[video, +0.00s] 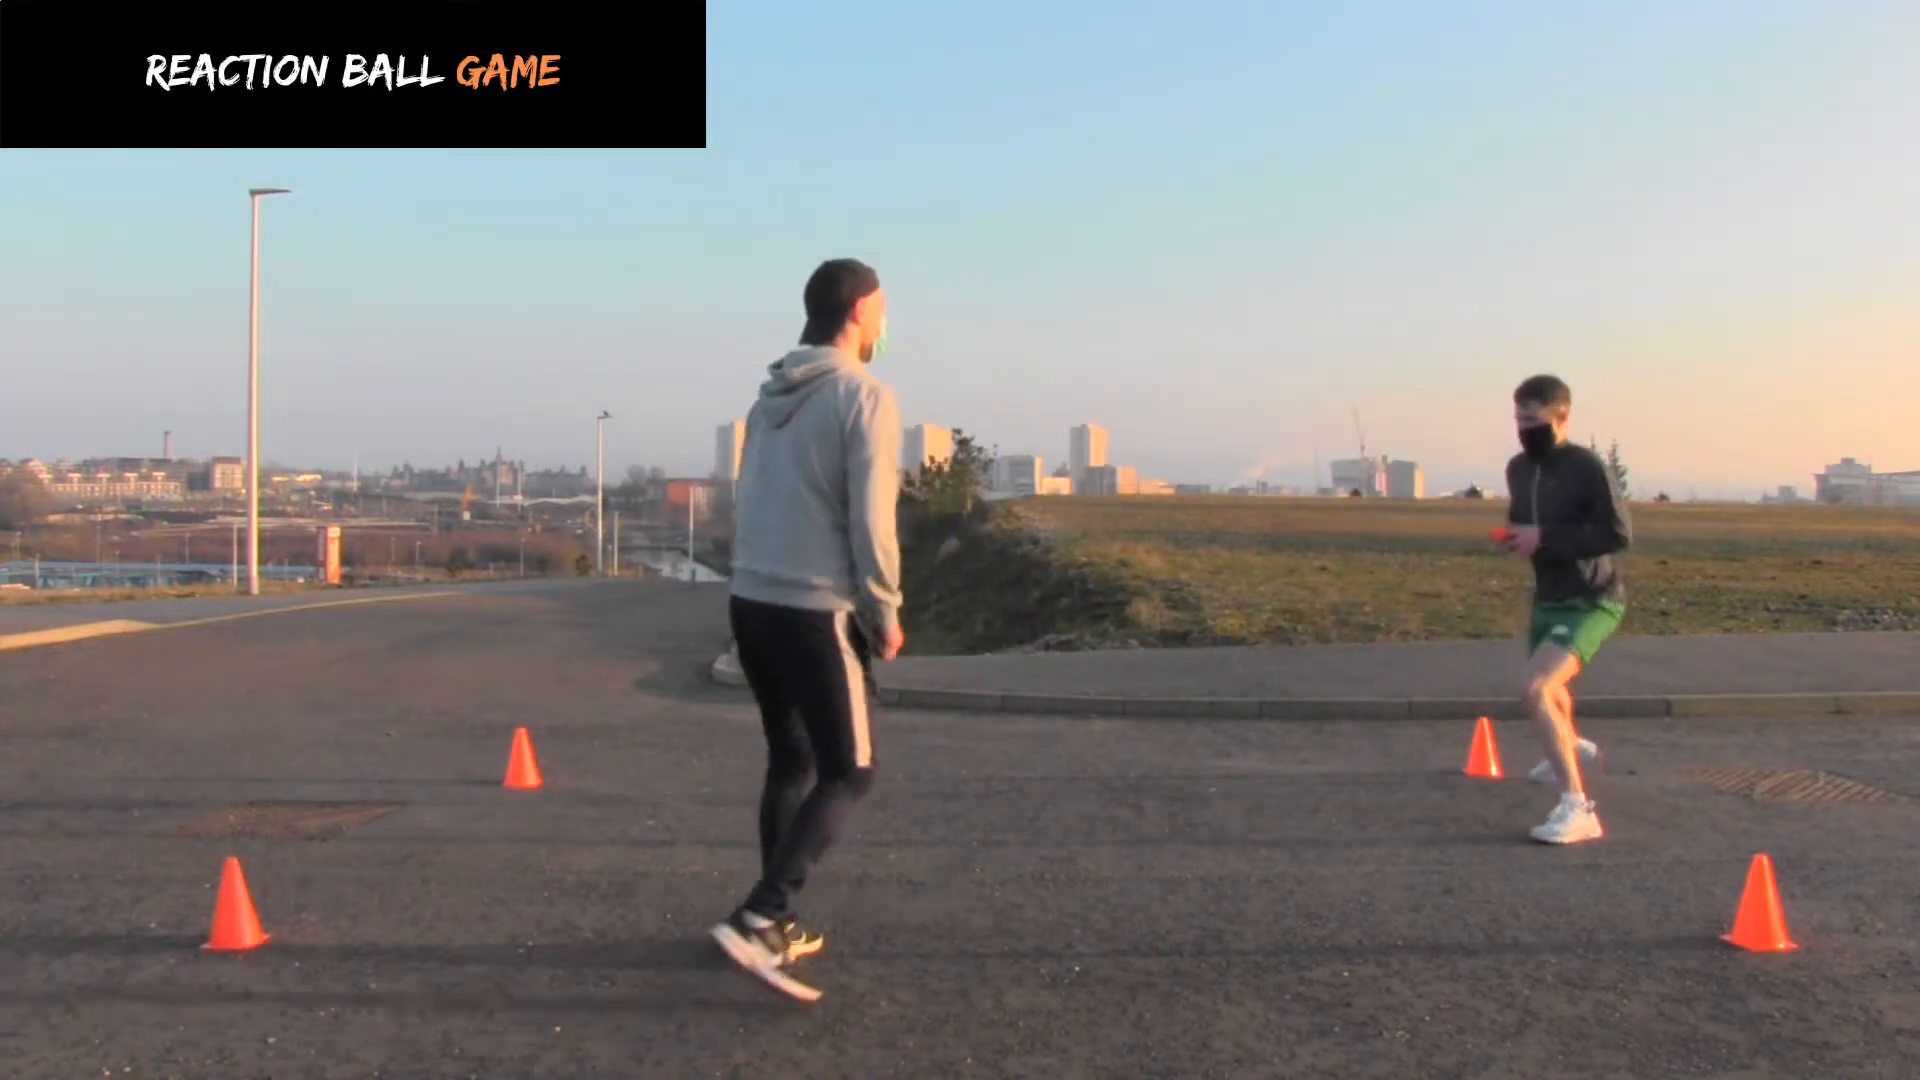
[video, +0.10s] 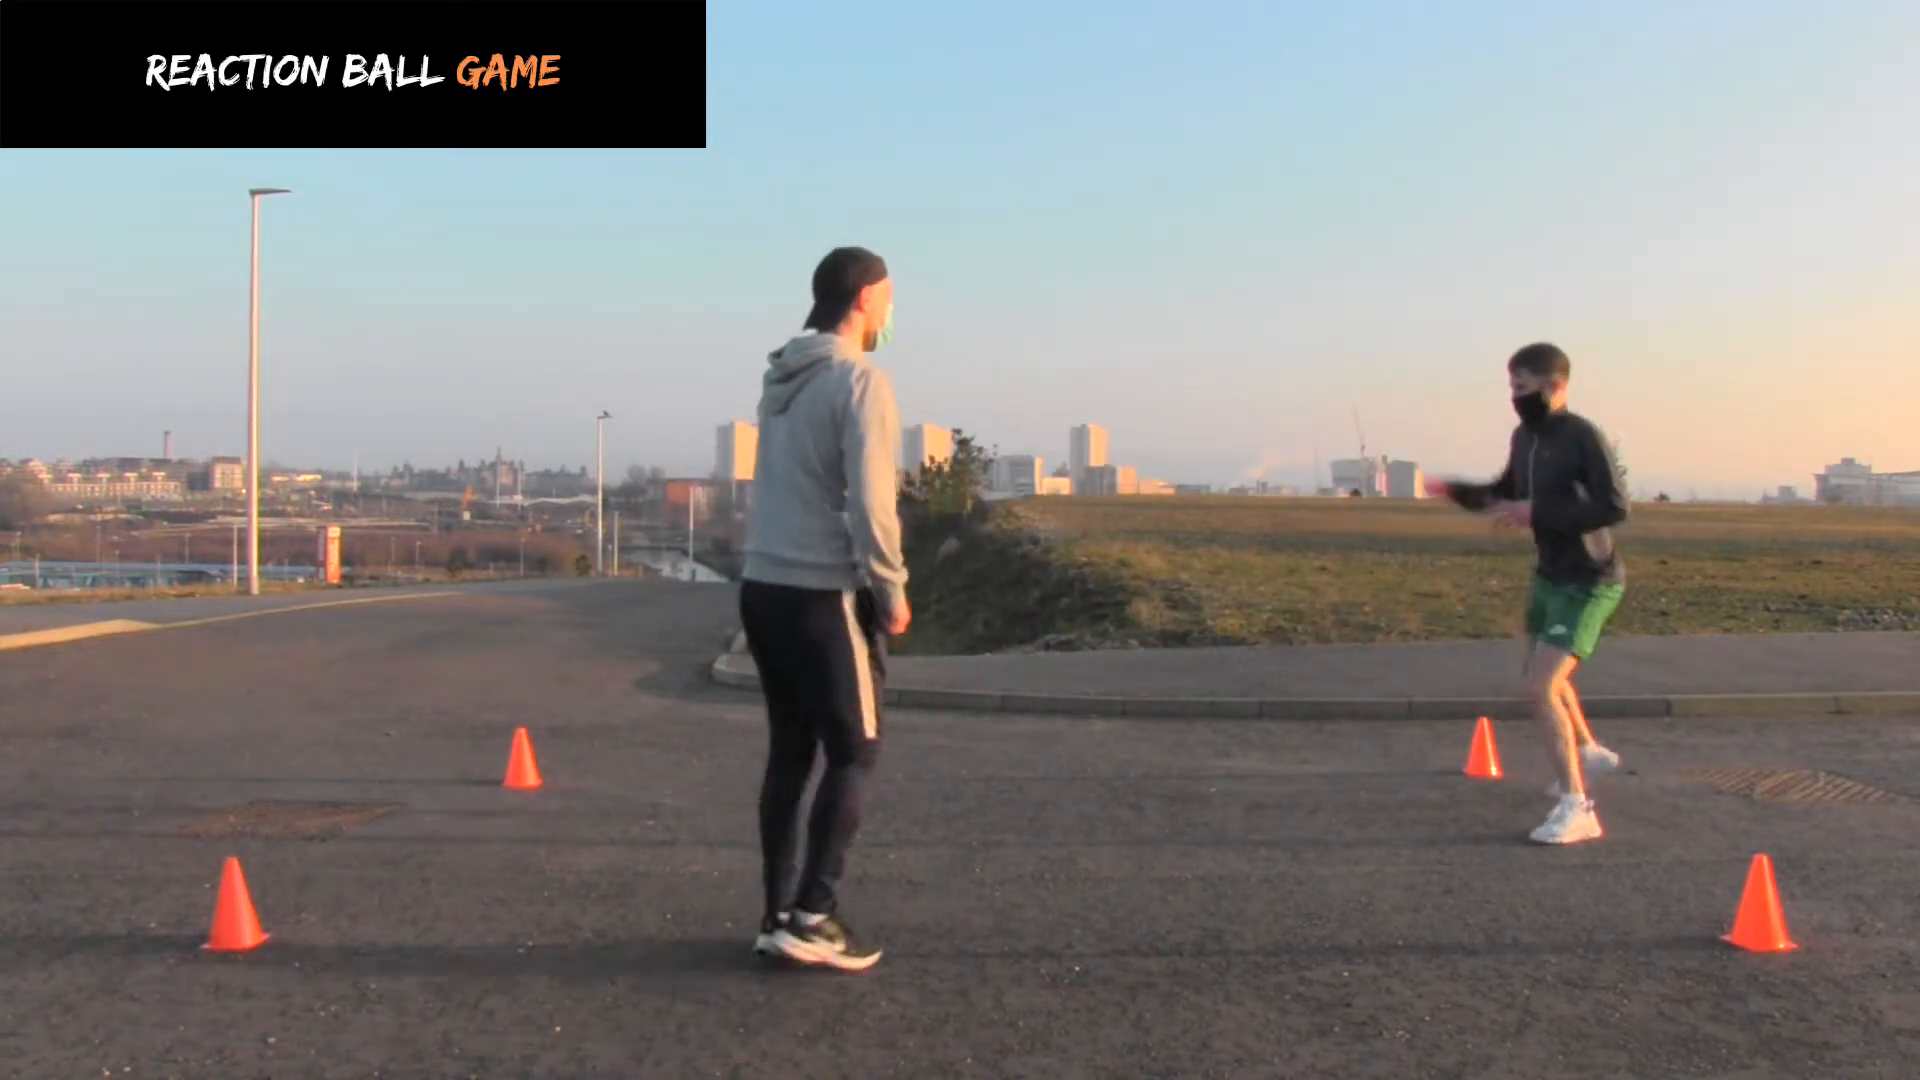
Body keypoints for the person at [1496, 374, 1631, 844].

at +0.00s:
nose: (1526, 431)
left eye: (1536, 422)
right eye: (1521, 421)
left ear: (1563, 417)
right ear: (1516, 418)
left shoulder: (1588, 466)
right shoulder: (1519, 470)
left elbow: (1617, 533)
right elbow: (1525, 524)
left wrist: (1545, 537)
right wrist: (1512, 535)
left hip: (1595, 598)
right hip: (1549, 598)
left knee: (1538, 687)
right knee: (1550, 694)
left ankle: (1577, 804)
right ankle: (1568, 751)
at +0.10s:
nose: (1515, 395)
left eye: (1524, 387)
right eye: (1512, 386)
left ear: (1558, 384)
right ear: (1513, 385)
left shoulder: (1584, 436)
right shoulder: (1526, 437)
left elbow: (1613, 508)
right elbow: (1509, 492)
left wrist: (1538, 514)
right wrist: (1456, 493)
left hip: (1592, 579)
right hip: (1552, 574)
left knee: (1543, 685)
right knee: (1544, 677)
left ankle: (1577, 804)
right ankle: (1591, 751)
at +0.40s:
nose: (1504, 387)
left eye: (1514, 379)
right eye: (1504, 378)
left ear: (1548, 384)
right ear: (1521, 382)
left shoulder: (1574, 443)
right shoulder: (1518, 437)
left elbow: (1616, 512)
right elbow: (1513, 505)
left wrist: (1545, 533)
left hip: (1587, 577)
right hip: (1546, 576)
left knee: (1545, 685)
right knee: (1536, 692)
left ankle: (1596, 816)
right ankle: (1609, 789)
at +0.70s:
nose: (1434, 422)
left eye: (1443, 412)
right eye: (1433, 411)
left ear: (1479, 414)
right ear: (1446, 412)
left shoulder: (1517, 474)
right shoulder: (1443, 476)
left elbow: (1562, 555)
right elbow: (1464, 555)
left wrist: (1476, 562)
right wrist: (1455, 621)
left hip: (1546, 617)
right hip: (1491, 624)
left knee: (1522, 738)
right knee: (1509, 744)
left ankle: (1589, 860)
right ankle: (1588, 769)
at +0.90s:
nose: (1314, 376)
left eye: (1319, 364)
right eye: (1314, 364)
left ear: (1346, 365)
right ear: (1355, 365)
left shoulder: (1389, 420)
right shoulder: (1355, 427)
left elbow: (1394, 513)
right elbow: (1376, 506)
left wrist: (1325, 468)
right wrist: (1335, 471)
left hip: (1454, 602)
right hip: (1399, 603)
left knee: (1494, 736)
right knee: (1355, 720)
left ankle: (1579, 838)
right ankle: (1435, 846)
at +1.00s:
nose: (1258, 363)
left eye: (1262, 351)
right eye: (1258, 352)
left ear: (1286, 351)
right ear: (1300, 351)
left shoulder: (1326, 404)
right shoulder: (1300, 413)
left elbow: (1331, 500)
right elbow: (1318, 491)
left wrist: (1268, 457)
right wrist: (1278, 443)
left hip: (1398, 594)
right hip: (1342, 599)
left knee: (1450, 735)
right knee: (1309, 731)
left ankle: (1557, 808)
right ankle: (1324, 885)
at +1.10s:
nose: (1171, 390)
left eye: (1179, 378)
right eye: (1173, 379)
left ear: (1201, 381)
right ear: (1214, 381)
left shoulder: (1242, 436)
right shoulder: (1207, 449)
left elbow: (1257, 528)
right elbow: (1241, 535)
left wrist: (1184, 504)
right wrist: (1189, 511)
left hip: (1302, 634)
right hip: (1246, 639)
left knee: (1342, 784)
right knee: (1202, 762)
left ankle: (1481, 773)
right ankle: (1253, 919)